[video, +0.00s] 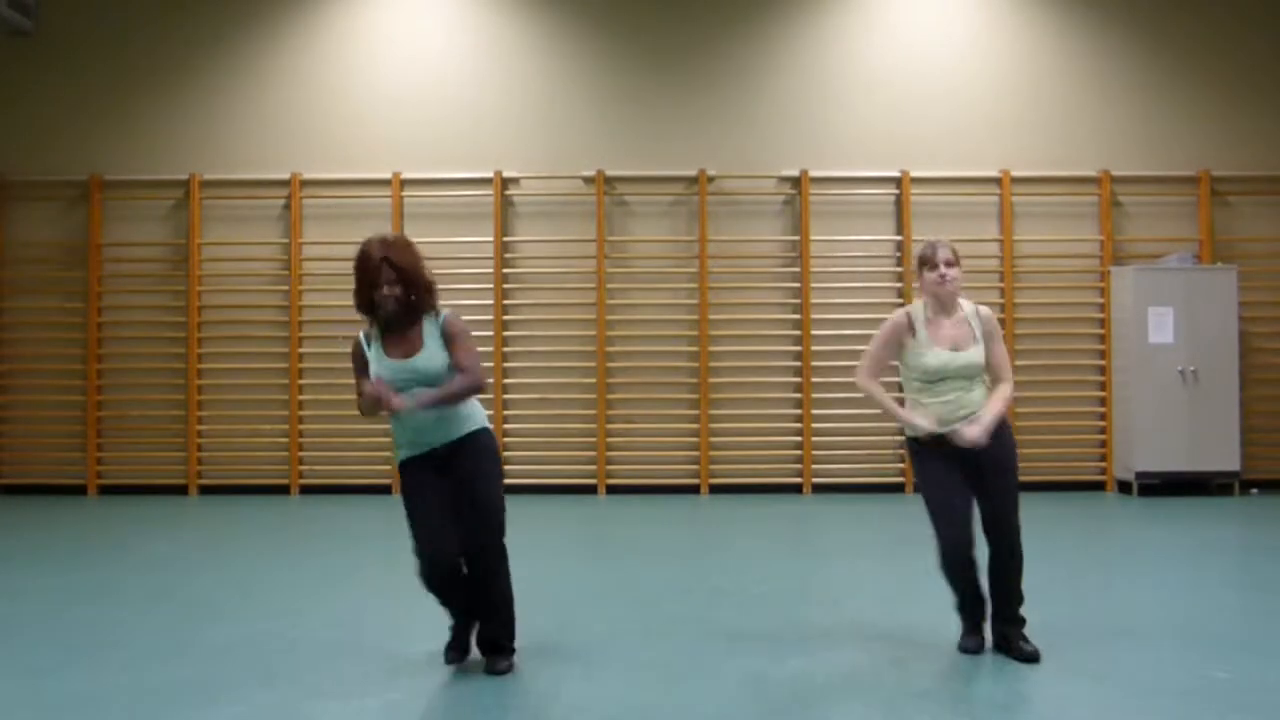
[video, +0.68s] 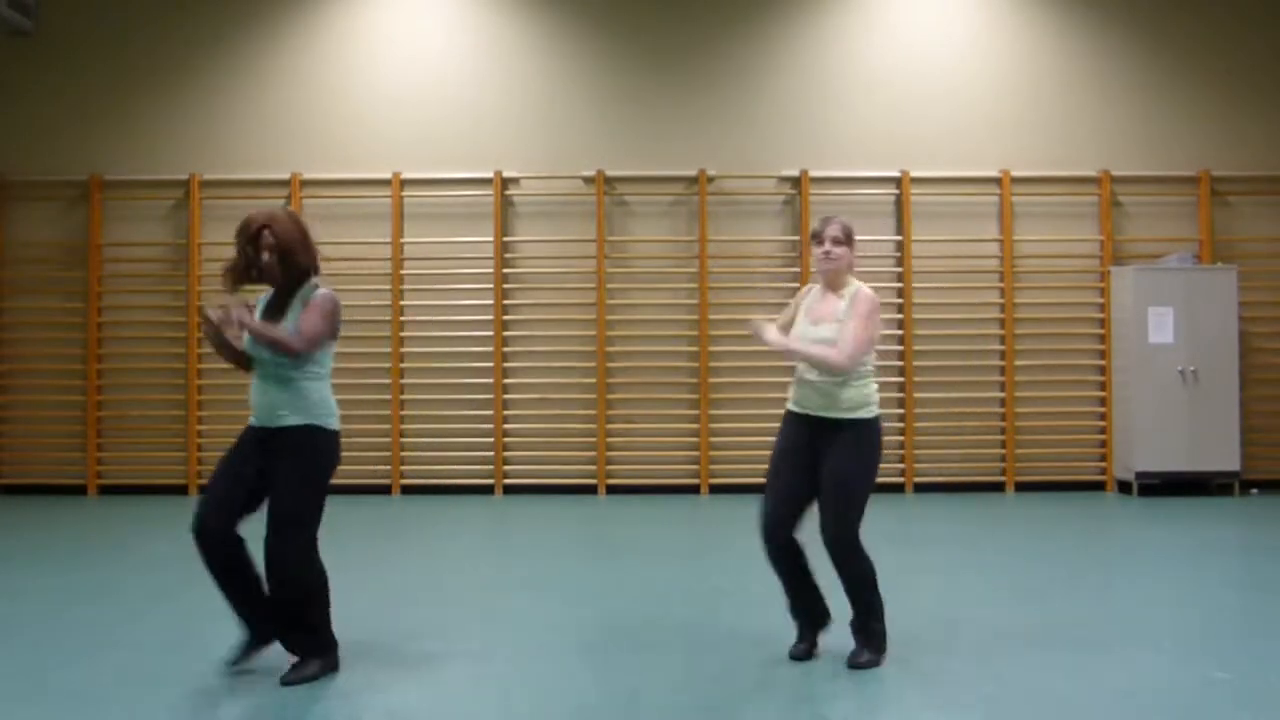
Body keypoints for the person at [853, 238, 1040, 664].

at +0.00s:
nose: (943, 273)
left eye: (950, 265)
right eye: (933, 268)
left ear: (961, 272)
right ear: (919, 278)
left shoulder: (982, 318)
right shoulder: (902, 324)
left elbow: (1005, 382)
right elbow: (864, 377)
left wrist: (984, 424)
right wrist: (905, 416)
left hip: (987, 433)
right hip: (933, 442)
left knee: (1005, 537)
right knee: (955, 544)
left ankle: (1009, 629)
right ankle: (972, 622)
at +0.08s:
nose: (939, 262)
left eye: (947, 255)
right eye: (929, 256)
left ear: (959, 265)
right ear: (916, 267)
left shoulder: (981, 314)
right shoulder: (902, 305)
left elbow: (987, 383)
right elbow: (846, 327)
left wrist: (922, 384)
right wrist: (861, 362)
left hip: (980, 430)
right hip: (922, 435)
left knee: (995, 532)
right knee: (916, 535)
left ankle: (1007, 629)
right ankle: (941, 613)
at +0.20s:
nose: (924, 251)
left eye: (932, 245)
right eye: (916, 244)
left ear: (945, 254)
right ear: (903, 253)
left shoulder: (957, 300)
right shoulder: (892, 286)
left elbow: (927, 347)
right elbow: (841, 283)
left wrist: (876, 316)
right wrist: (822, 284)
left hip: (964, 421)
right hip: (907, 419)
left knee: (983, 525)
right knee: (867, 507)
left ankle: (1008, 630)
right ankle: (865, 612)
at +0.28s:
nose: (909, 251)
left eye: (919, 245)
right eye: (902, 245)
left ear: (933, 254)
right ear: (892, 253)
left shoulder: (940, 298)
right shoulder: (887, 288)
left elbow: (887, 326)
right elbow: (841, 275)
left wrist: (836, 288)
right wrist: (801, 263)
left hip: (947, 425)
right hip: (890, 422)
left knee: (970, 526)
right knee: (848, 511)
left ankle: (1006, 628)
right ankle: (822, 621)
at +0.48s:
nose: (869, 257)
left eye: (879, 251)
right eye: (862, 251)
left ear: (895, 260)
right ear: (853, 258)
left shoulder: (901, 307)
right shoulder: (842, 297)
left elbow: (860, 349)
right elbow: (806, 323)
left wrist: (791, 316)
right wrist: (782, 310)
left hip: (886, 434)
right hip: (833, 429)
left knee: (896, 542)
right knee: (819, 537)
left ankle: (976, 605)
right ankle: (823, 631)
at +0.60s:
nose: (844, 253)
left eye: (853, 247)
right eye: (837, 246)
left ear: (867, 256)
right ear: (826, 254)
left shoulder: (877, 303)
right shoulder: (816, 297)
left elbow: (872, 371)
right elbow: (799, 349)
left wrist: (807, 374)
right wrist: (782, 355)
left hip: (865, 430)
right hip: (813, 426)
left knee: (844, 533)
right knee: (806, 534)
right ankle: (823, 630)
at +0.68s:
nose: (829, 250)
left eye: (838, 244)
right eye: (822, 243)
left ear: (853, 253)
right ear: (812, 251)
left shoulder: (864, 299)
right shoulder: (806, 295)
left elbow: (844, 358)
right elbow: (787, 339)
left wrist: (784, 344)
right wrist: (770, 331)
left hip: (853, 428)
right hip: (803, 422)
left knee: (839, 534)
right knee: (774, 528)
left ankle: (871, 635)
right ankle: (810, 618)